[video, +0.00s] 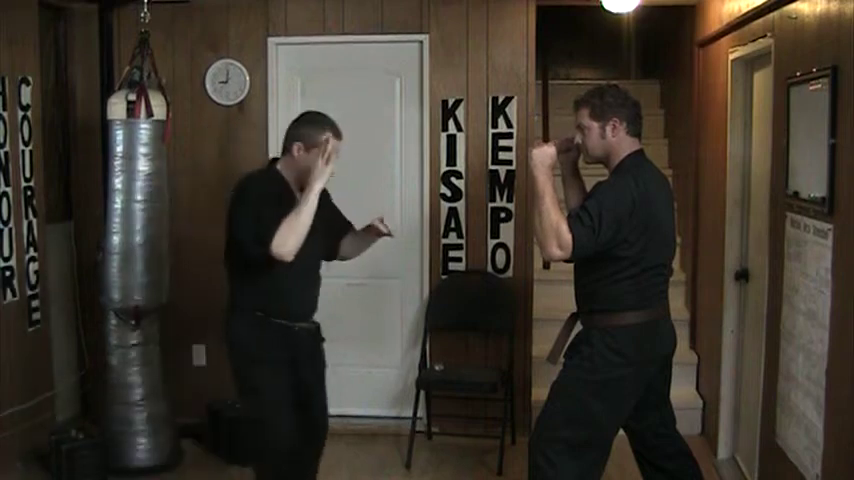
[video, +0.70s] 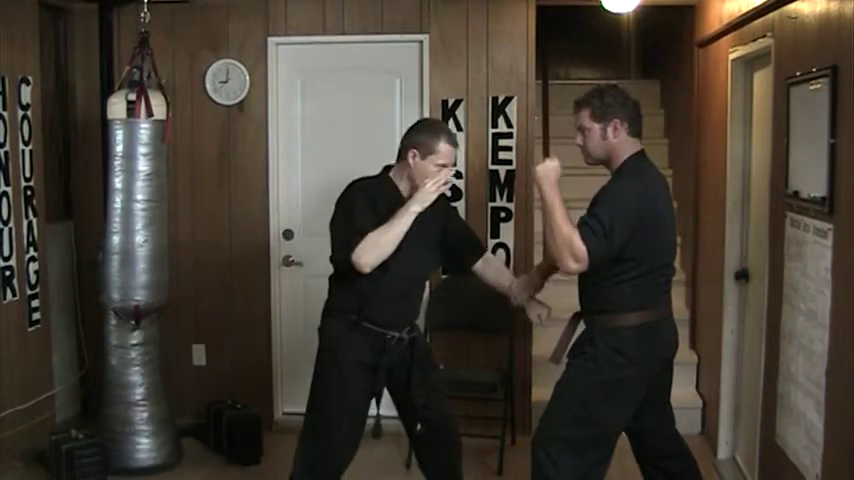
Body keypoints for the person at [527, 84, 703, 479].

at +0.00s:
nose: (580, 139)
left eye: (583, 130)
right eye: (578, 131)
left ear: (613, 128)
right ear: (618, 128)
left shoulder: (622, 186)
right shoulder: (653, 181)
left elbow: (559, 246)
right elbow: (587, 231)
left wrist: (542, 173)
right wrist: (571, 171)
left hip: (613, 342)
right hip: (651, 337)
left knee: (554, 451)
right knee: (660, 446)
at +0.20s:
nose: (578, 139)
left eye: (582, 130)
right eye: (577, 131)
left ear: (612, 127)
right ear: (617, 128)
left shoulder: (622, 186)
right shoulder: (652, 180)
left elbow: (559, 246)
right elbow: (585, 231)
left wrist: (541, 174)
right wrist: (570, 171)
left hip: (613, 342)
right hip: (652, 336)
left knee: (554, 452)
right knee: (660, 446)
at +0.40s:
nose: (576, 140)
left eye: (581, 129)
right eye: (577, 130)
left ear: (612, 128)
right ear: (615, 129)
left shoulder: (621, 187)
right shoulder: (650, 179)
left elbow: (560, 249)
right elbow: (640, 261)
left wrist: (543, 178)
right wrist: (596, 311)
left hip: (615, 341)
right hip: (651, 335)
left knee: (555, 451)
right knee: (660, 446)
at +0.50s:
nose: (576, 140)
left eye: (582, 129)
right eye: (577, 130)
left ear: (613, 128)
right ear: (615, 129)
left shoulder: (623, 187)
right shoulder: (650, 179)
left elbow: (563, 250)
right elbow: (639, 259)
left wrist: (545, 179)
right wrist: (594, 309)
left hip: (616, 341)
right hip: (651, 335)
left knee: (555, 453)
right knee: (660, 447)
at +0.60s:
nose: (578, 140)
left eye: (583, 130)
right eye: (579, 131)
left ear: (614, 129)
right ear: (618, 129)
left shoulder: (626, 187)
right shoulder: (647, 179)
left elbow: (566, 256)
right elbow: (588, 244)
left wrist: (546, 182)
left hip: (618, 342)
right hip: (651, 336)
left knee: (557, 452)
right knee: (660, 447)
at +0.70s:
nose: (578, 141)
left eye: (583, 131)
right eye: (578, 132)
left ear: (614, 130)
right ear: (617, 130)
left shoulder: (626, 188)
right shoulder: (647, 179)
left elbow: (571, 259)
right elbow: (586, 241)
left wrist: (548, 187)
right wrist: (539, 274)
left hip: (619, 342)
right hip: (652, 336)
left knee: (556, 453)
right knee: (660, 448)